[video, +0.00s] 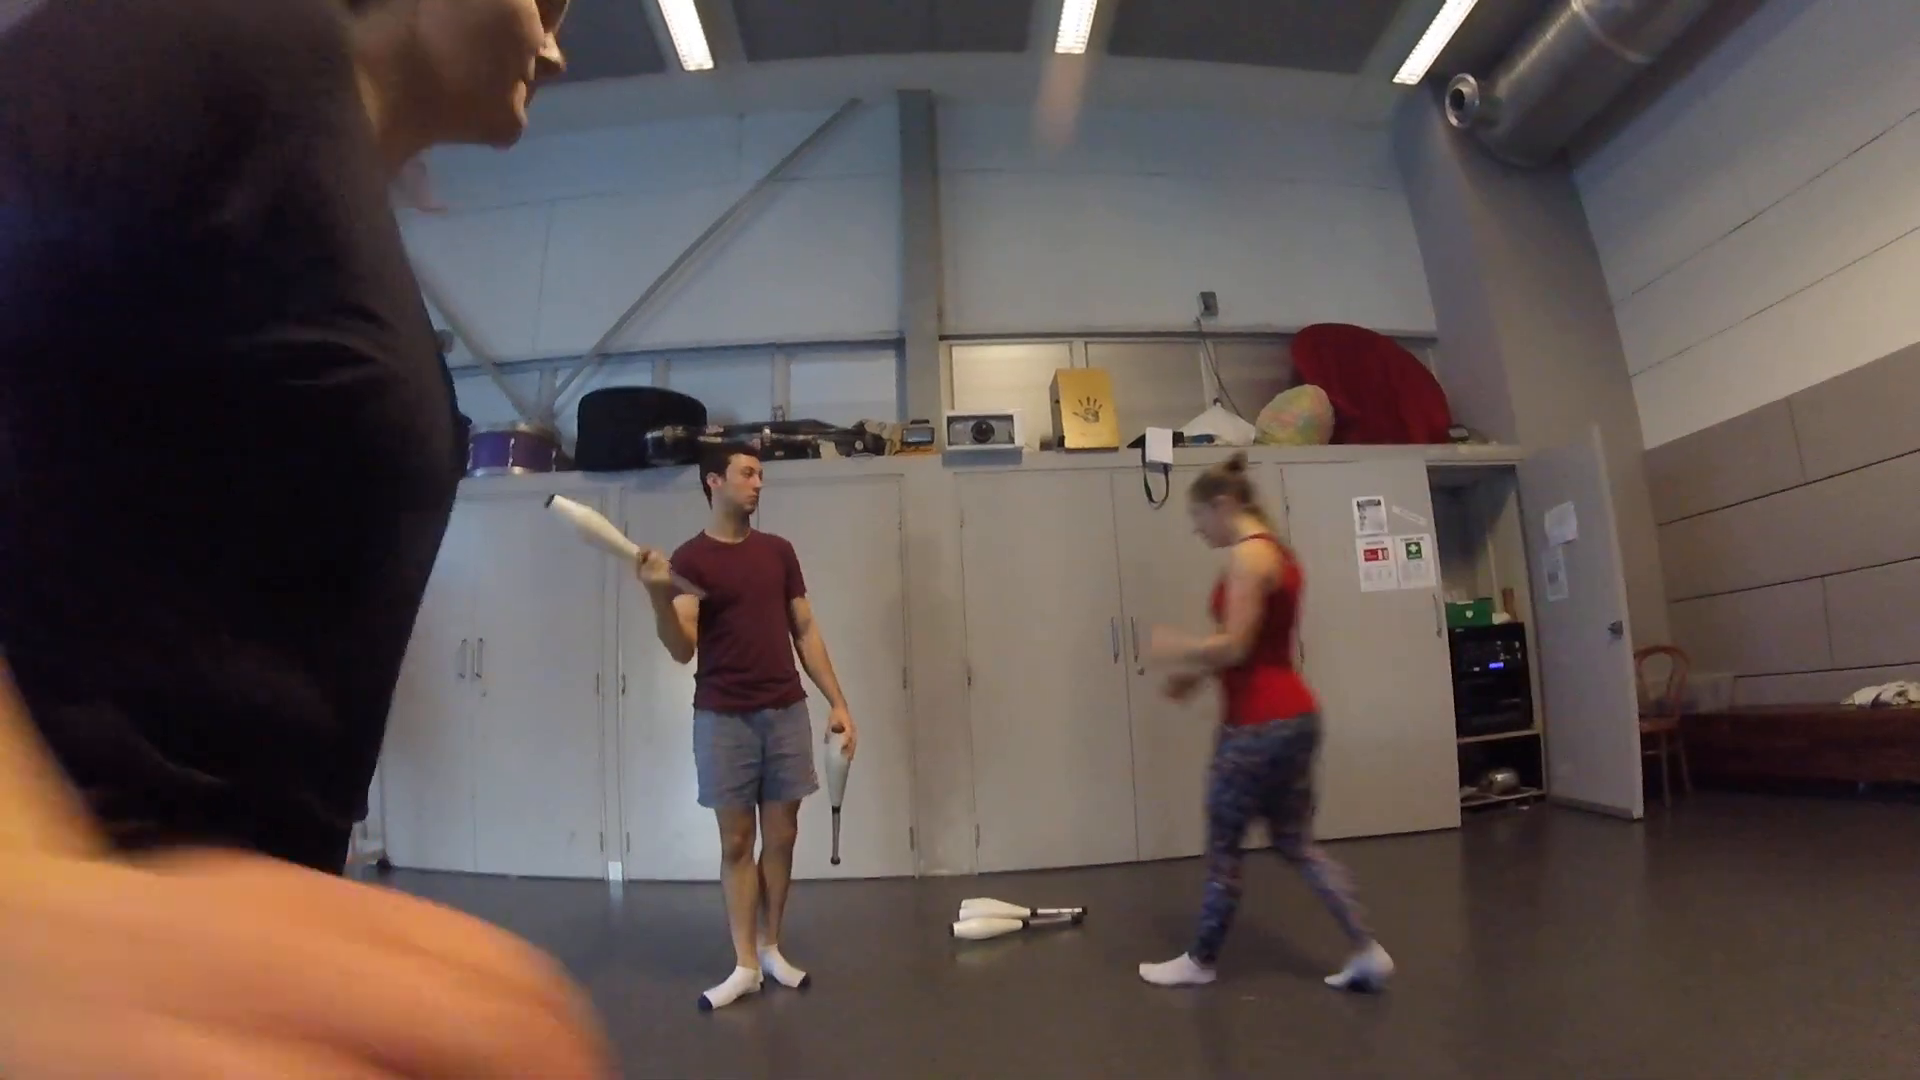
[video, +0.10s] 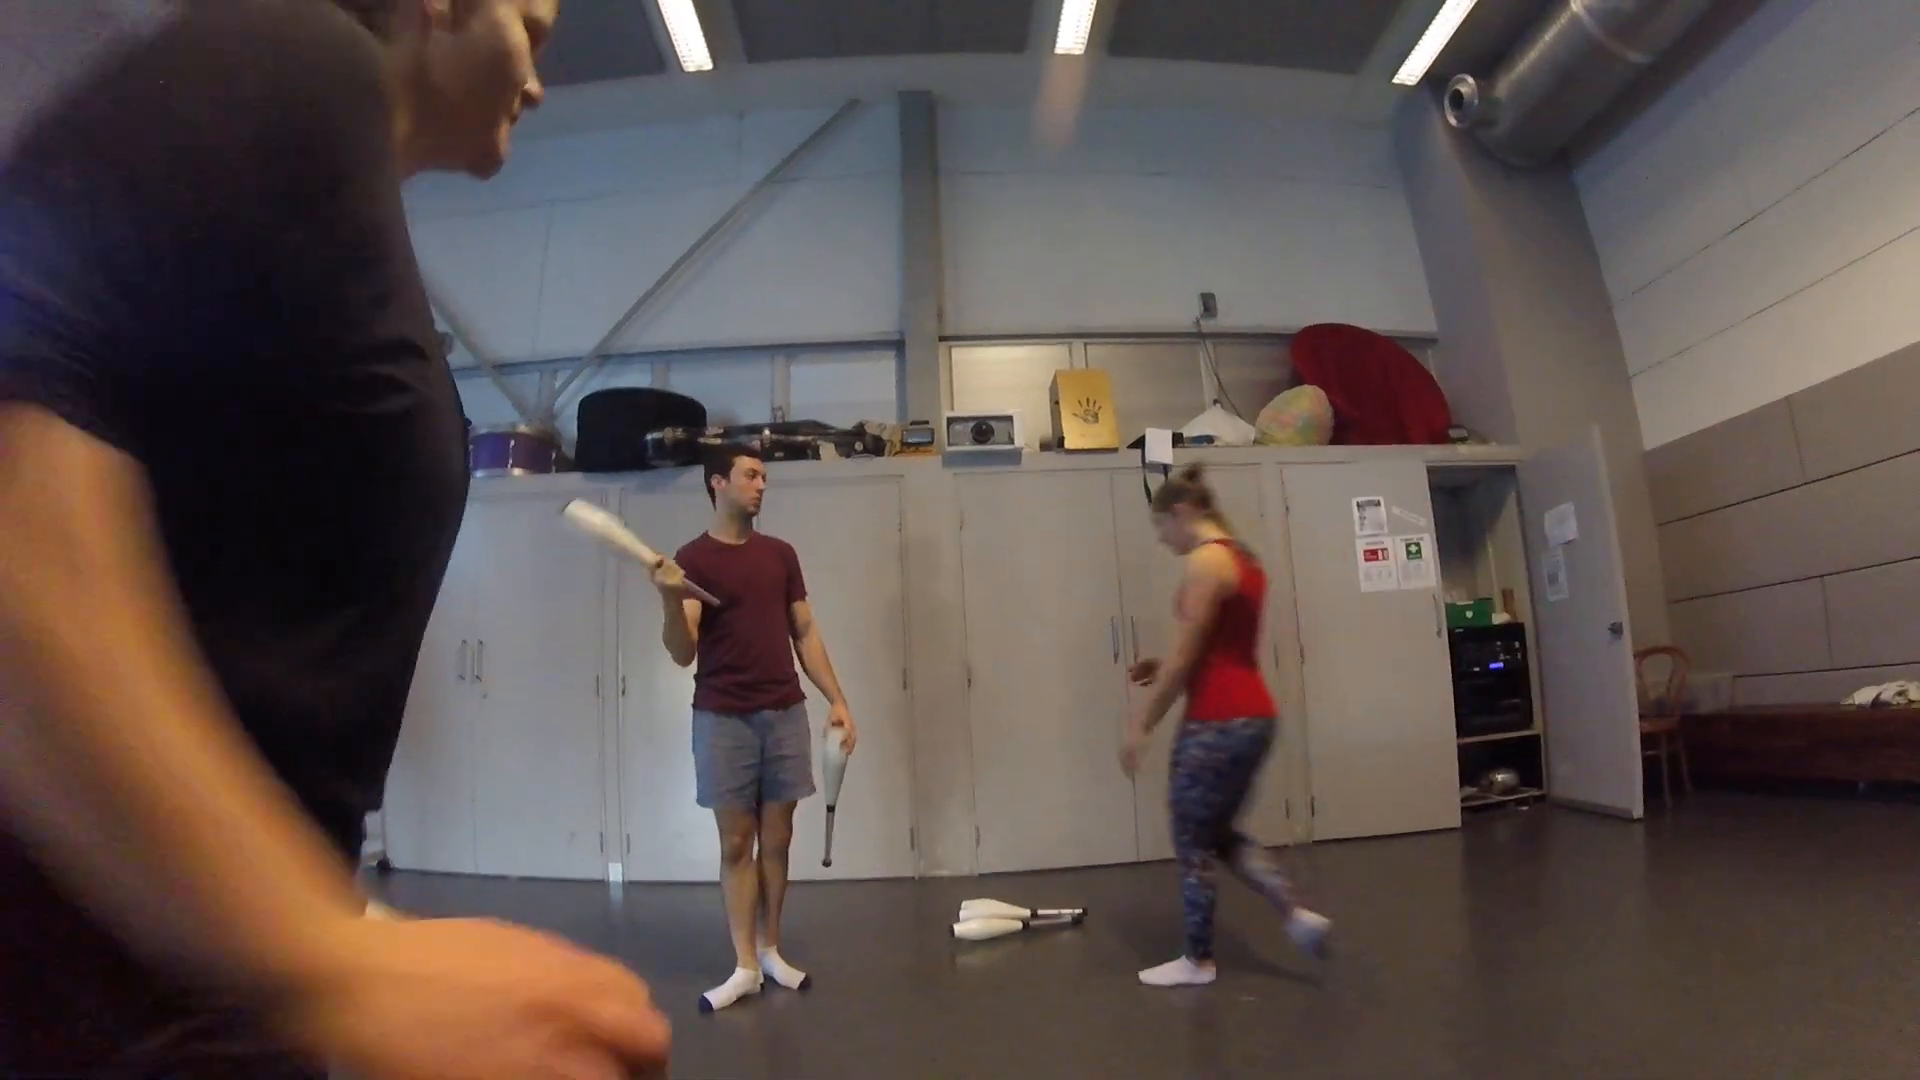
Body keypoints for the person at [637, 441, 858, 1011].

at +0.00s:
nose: (757, 482)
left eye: (759, 474)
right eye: (746, 473)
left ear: (758, 486)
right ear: (713, 484)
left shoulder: (778, 550)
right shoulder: (690, 559)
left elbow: (806, 630)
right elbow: (682, 649)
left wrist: (838, 703)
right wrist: (658, 592)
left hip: (786, 711)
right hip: (724, 716)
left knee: (782, 837)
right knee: (737, 844)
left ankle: (771, 949)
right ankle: (745, 966)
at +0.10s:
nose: (761, 485)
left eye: (762, 477)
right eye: (750, 476)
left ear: (759, 489)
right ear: (717, 485)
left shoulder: (780, 554)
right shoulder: (691, 560)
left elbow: (805, 633)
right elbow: (682, 653)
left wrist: (837, 700)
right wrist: (670, 596)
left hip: (784, 713)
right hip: (723, 717)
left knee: (777, 842)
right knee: (737, 845)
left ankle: (770, 952)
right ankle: (745, 967)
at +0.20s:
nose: (764, 487)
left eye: (767, 479)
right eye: (754, 478)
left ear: (764, 490)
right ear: (722, 486)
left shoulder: (783, 556)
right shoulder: (692, 561)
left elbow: (807, 633)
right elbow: (681, 656)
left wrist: (837, 692)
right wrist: (678, 607)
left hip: (782, 711)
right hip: (720, 714)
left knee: (773, 845)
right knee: (735, 845)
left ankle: (769, 954)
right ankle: (746, 968)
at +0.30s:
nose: (768, 488)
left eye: (771, 481)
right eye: (758, 479)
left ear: (772, 492)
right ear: (726, 488)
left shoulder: (787, 558)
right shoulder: (697, 559)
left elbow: (809, 633)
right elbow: (673, 654)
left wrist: (835, 683)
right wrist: (683, 610)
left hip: (779, 714)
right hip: (717, 715)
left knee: (769, 843)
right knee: (729, 847)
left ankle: (767, 955)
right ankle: (743, 968)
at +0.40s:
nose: (771, 491)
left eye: (775, 483)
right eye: (761, 481)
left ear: (776, 492)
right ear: (730, 487)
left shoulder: (790, 561)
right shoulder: (695, 563)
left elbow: (811, 633)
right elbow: (668, 651)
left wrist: (825, 666)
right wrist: (685, 613)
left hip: (776, 715)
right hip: (712, 716)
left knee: (766, 843)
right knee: (713, 847)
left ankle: (767, 955)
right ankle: (736, 962)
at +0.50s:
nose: (768, 491)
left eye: (773, 483)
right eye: (758, 480)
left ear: (777, 494)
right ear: (728, 488)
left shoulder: (790, 561)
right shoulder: (697, 558)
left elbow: (808, 628)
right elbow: (664, 646)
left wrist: (819, 638)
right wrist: (696, 621)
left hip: (771, 718)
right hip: (708, 717)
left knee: (763, 840)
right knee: (697, 843)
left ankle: (766, 953)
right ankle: (720, 960)